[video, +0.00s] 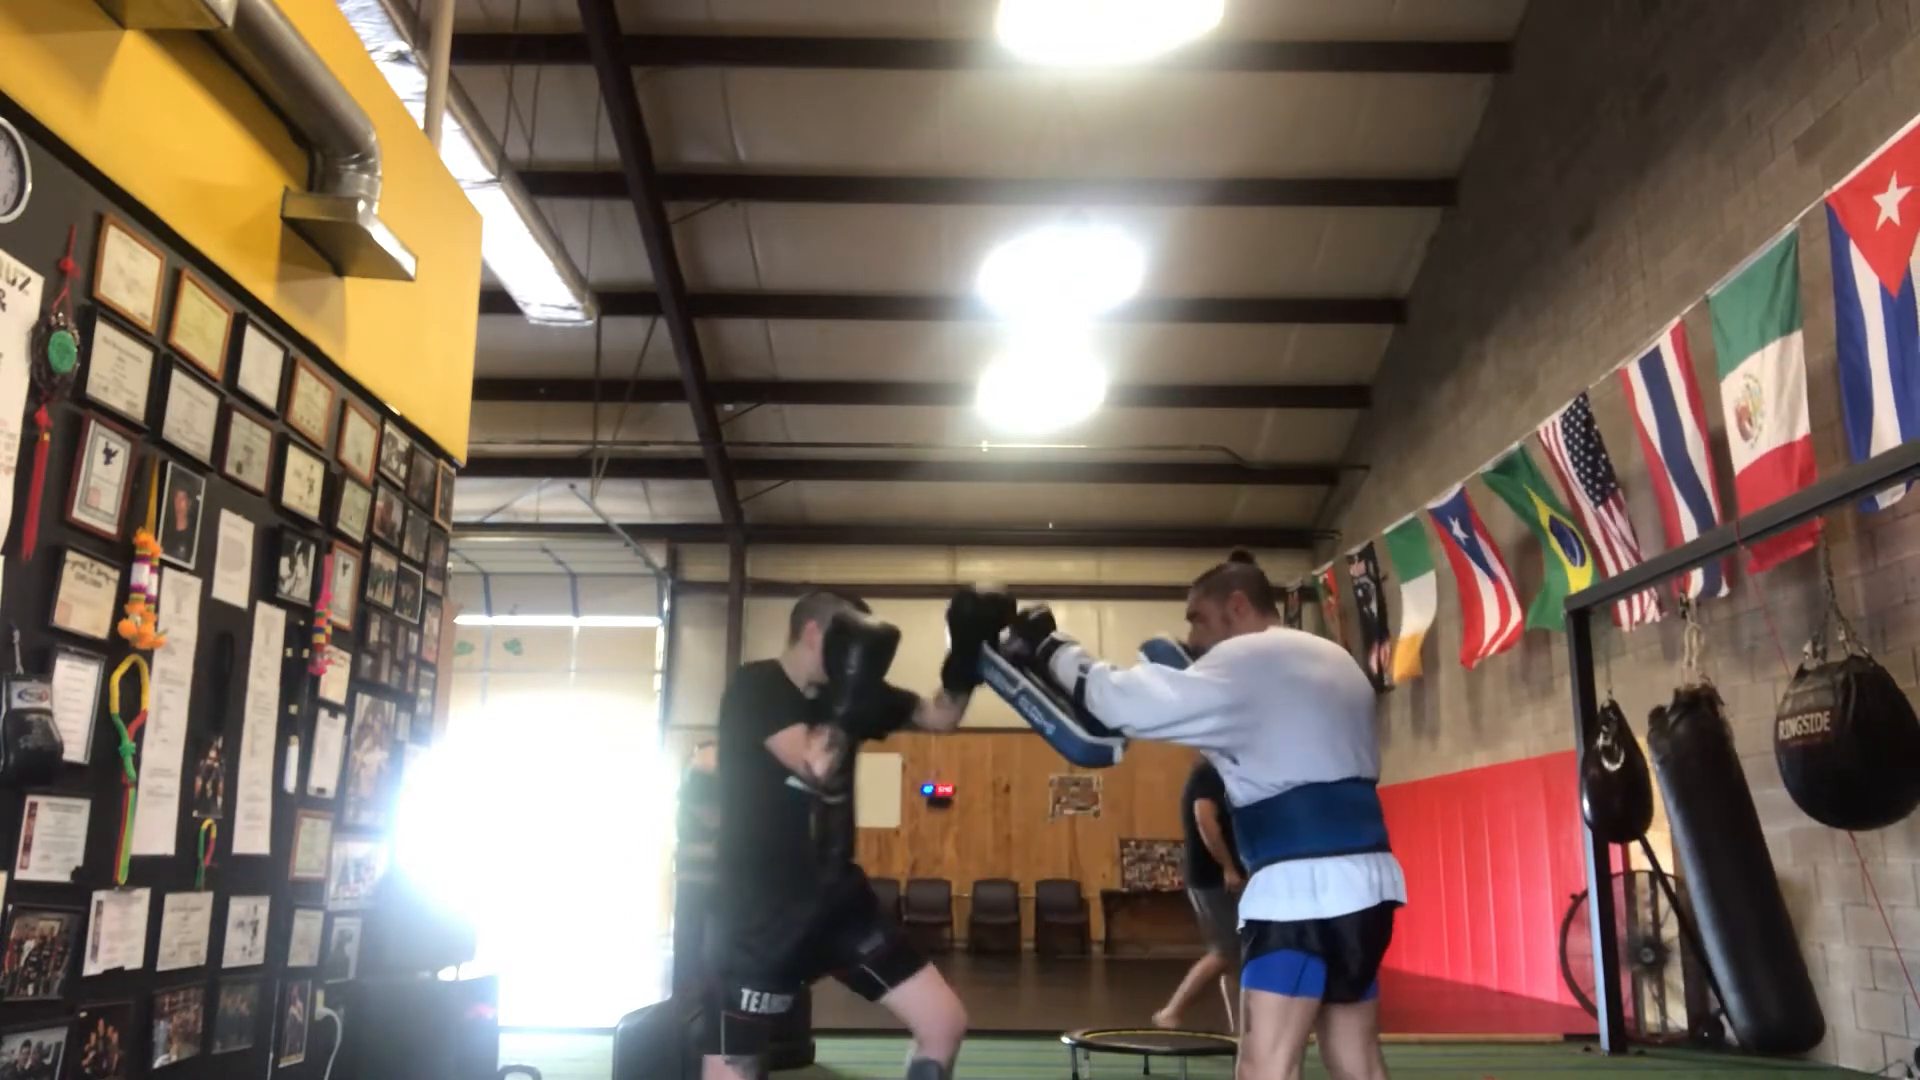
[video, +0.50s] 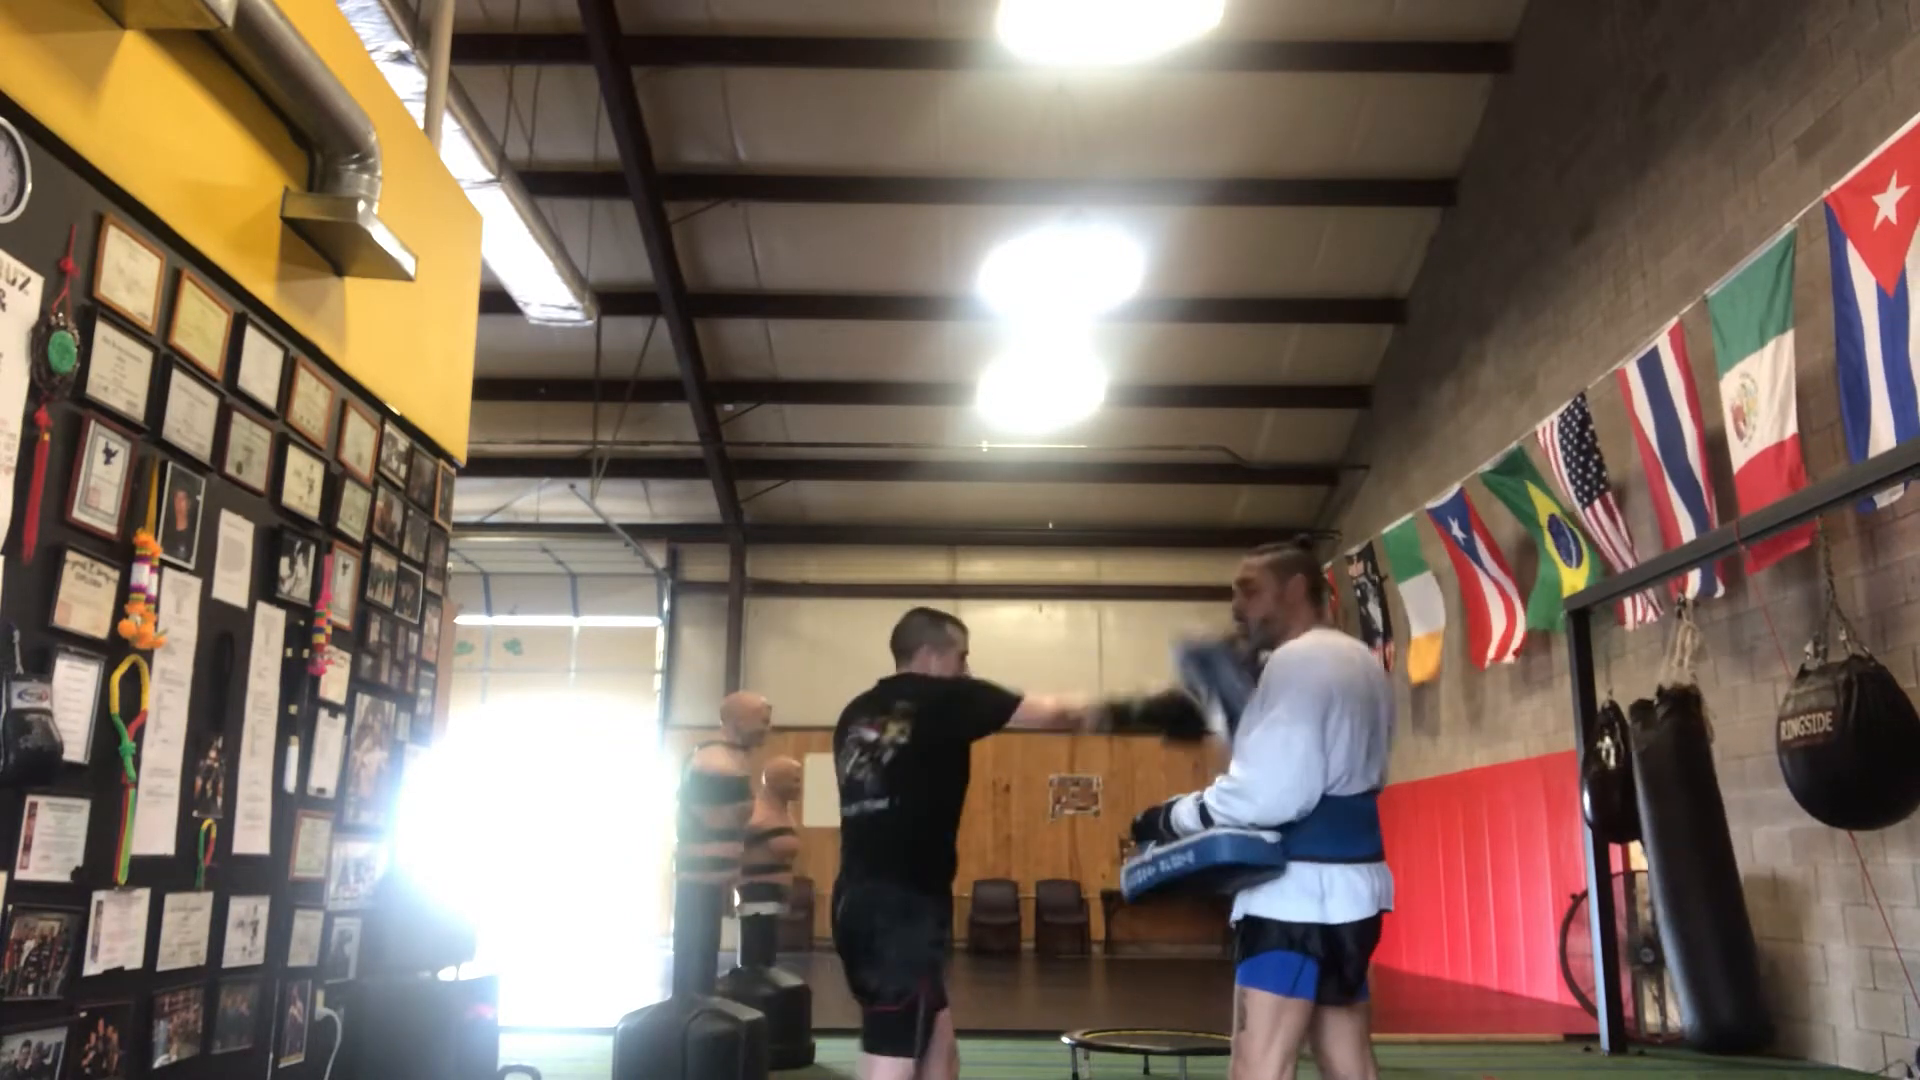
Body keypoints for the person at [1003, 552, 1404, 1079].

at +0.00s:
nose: (1191, 637)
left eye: (1196, 620)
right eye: (1190, 623)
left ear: (1236, 607)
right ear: (1249, 608)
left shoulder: (1242, 661)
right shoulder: (1337, 658)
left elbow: (1131, 702)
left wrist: (1050, 648)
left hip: (1297, 893)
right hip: (1371, 886)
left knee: (1266, 1063)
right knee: (1357, 1058)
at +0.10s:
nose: (1200, 626)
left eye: (1206, 611)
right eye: (1198, 613)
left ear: (1248, 602)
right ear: (1259, 601)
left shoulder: (1251, 659)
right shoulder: (1343, 661)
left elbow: (1166, 717)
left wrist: (1068, 687)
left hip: (1292, 894)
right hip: (1365, 887)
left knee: (1260, 1064)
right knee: (1358, 1064)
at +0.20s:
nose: (1203, 623)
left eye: (1211, 604)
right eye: (1202, 608)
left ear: (1253, 598)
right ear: (1260, 602)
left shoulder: (1264, 659)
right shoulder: (1344, 663)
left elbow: (1228, 757)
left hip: (1286, 893)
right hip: (1358, 887)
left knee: (1251, 1066)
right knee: (1354, 1062)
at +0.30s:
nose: (1205, 618)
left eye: (1216, 600)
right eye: (1205, 603)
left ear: (1260, 598)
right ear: (1262, 600)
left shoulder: (1279, 662)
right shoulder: (1333, 660)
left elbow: (1254, 789)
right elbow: (1228, 762)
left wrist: (1146, 816)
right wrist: (1206, 683)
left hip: (1287, 900)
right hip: (1347, 894)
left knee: (1248, 1068)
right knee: (1348, 1066)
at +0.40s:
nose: (1217, 608)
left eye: (1231, 592)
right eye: (1218, 593)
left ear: (1278, 592)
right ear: (1277, 596)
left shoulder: (1294, 667)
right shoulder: (1329, 659)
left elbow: (1270, 795)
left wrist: (1165, 824)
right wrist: (1195, 686)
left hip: (1291, 897)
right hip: (1338, 892)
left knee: (1252, 1068)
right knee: (1346, 1066)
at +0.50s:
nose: (1235, 605)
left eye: (1248, 589)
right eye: (1235, 592)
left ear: (1297, 590)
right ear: (1299, 594)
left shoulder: (1297, 663)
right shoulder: (1363, 660)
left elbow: (1272, 788)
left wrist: (1173, 817)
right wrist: (1237, 696)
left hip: (1293, 894)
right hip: (1353, 888)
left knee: (1259, 1065)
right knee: (1348, 1062)